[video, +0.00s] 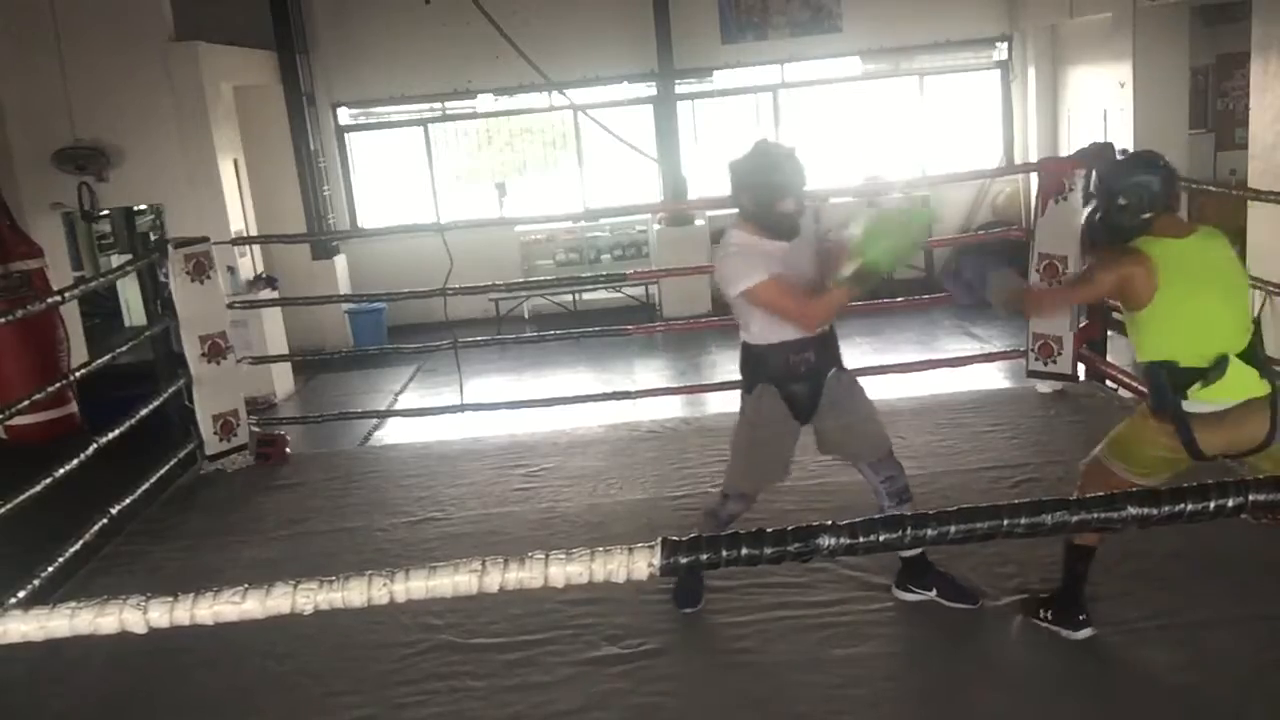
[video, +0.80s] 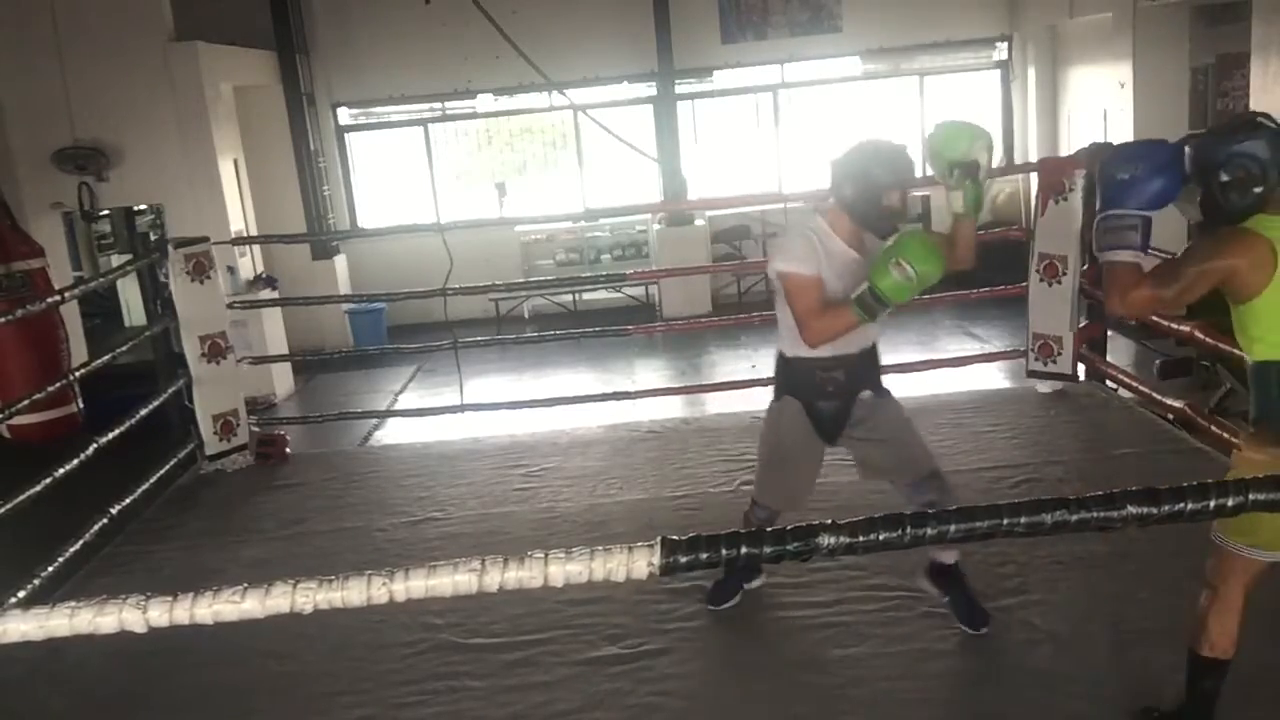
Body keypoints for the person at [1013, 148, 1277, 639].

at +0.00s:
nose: (1100, 211)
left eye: (1104, 201)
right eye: (1100, 201)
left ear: (1123, 204)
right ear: (1172, 198)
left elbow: (1037, 303)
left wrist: (998, 285)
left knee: (1094, 485)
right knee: (1273, 490)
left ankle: (1069, 603)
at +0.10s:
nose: (1154, 204)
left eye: (1160, 193)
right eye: (1155, 194)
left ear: (1175, 196)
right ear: (1222, 190)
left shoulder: (1173, 258)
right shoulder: (1260, 251)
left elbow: (1109, 337)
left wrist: (1067, 347)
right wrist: (1134, 307)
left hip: (1181, 430)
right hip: (1258, 429)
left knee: (1097, 489)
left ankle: (1069, 604)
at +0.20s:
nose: (1196, 205)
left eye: (1203, 193)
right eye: (1198, 194)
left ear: (1220, 195)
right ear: (1261, 192)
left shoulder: (1230, 256)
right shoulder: (1271, 248)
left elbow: (1188, 348)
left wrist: (1123, 358)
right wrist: (1141, 349)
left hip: (1221, 439)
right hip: (1271, 435)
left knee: (1119, 489)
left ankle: (1072, 605)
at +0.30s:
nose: (1227, 204)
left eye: (1233, 191)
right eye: (1228, 191)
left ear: (1251, 192)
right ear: (1272, 190)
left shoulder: (1263, 248)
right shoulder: (1266, 247)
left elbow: (1237, 334)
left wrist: (1162, 323)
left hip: (1250, 423)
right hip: (1266, 418)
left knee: (1158, 499)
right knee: (1156, 499)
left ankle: (1089, 605)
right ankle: (1093, 602)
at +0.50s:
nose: (1237, 180)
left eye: (1241, 167)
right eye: (1240, 164)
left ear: (1263, 171)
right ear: (1270, 169)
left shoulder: (1272, 233)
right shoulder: (1267, 227)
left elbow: (1226, 309)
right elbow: (1244, 297)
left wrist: (1168, 249)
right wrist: (1219, 224)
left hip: (1265, 415)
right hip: (1265, 410)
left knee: (1175, 504)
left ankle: (1138, 650)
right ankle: (1140, 648)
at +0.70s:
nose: (1216, 183)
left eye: (1224, 171)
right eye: (1219, 170)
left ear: (1247, 174)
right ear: (1271, 172)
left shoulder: (1251, 239)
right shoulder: (1260, 234)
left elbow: (1143, 293)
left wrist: (1134, 211)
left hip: (1264, 452)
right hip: (1264, 447)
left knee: (1222, 585)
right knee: (1221, 579)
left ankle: (1197, 705)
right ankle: (1197, 701)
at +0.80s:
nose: (1200, 193)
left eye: (1207, 180)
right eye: (1202, 179)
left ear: (1229, 181)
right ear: (1264, 176)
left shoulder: (1239, 246)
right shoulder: (1258, 238)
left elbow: (1125, 300)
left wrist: (1120, 215)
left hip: (1265, 453)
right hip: (1264, 448)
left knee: (1226, 590)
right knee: (1228, 586)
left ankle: (1197, 708)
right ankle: (1199, 705)